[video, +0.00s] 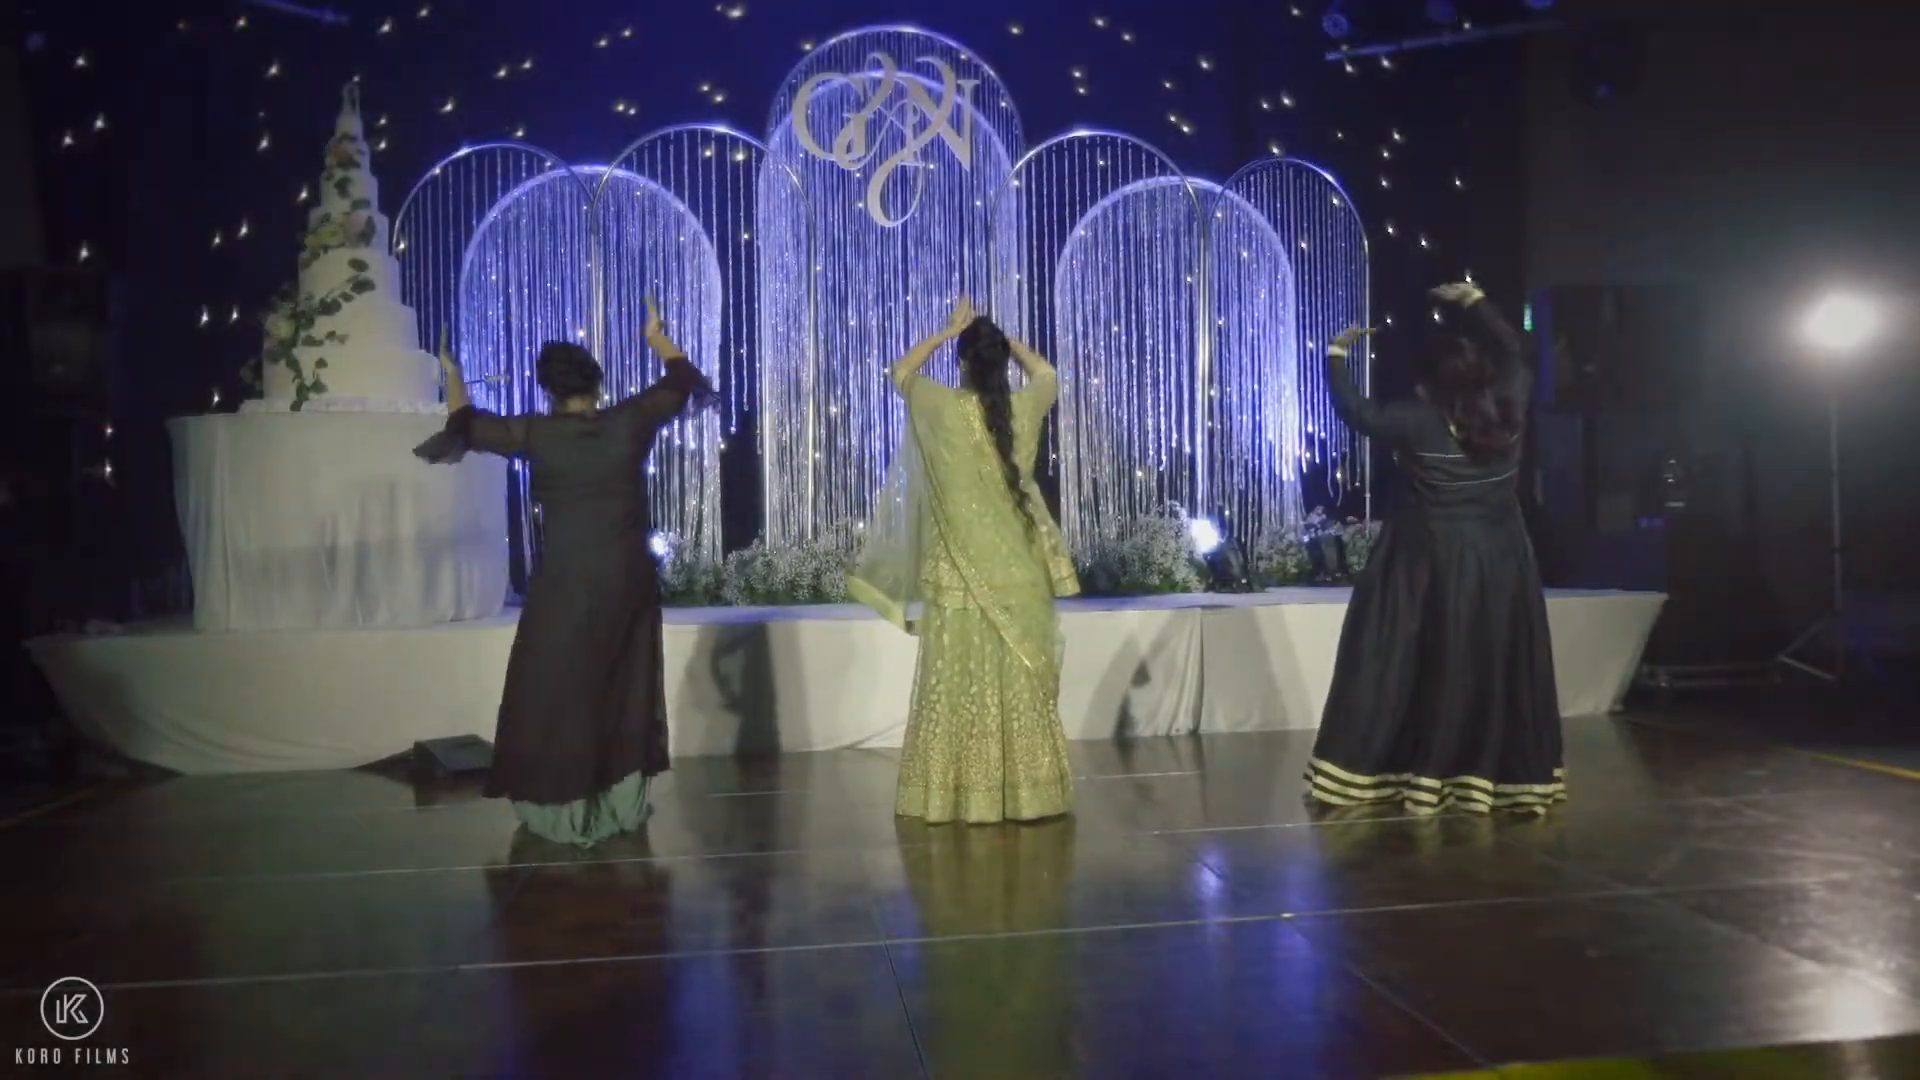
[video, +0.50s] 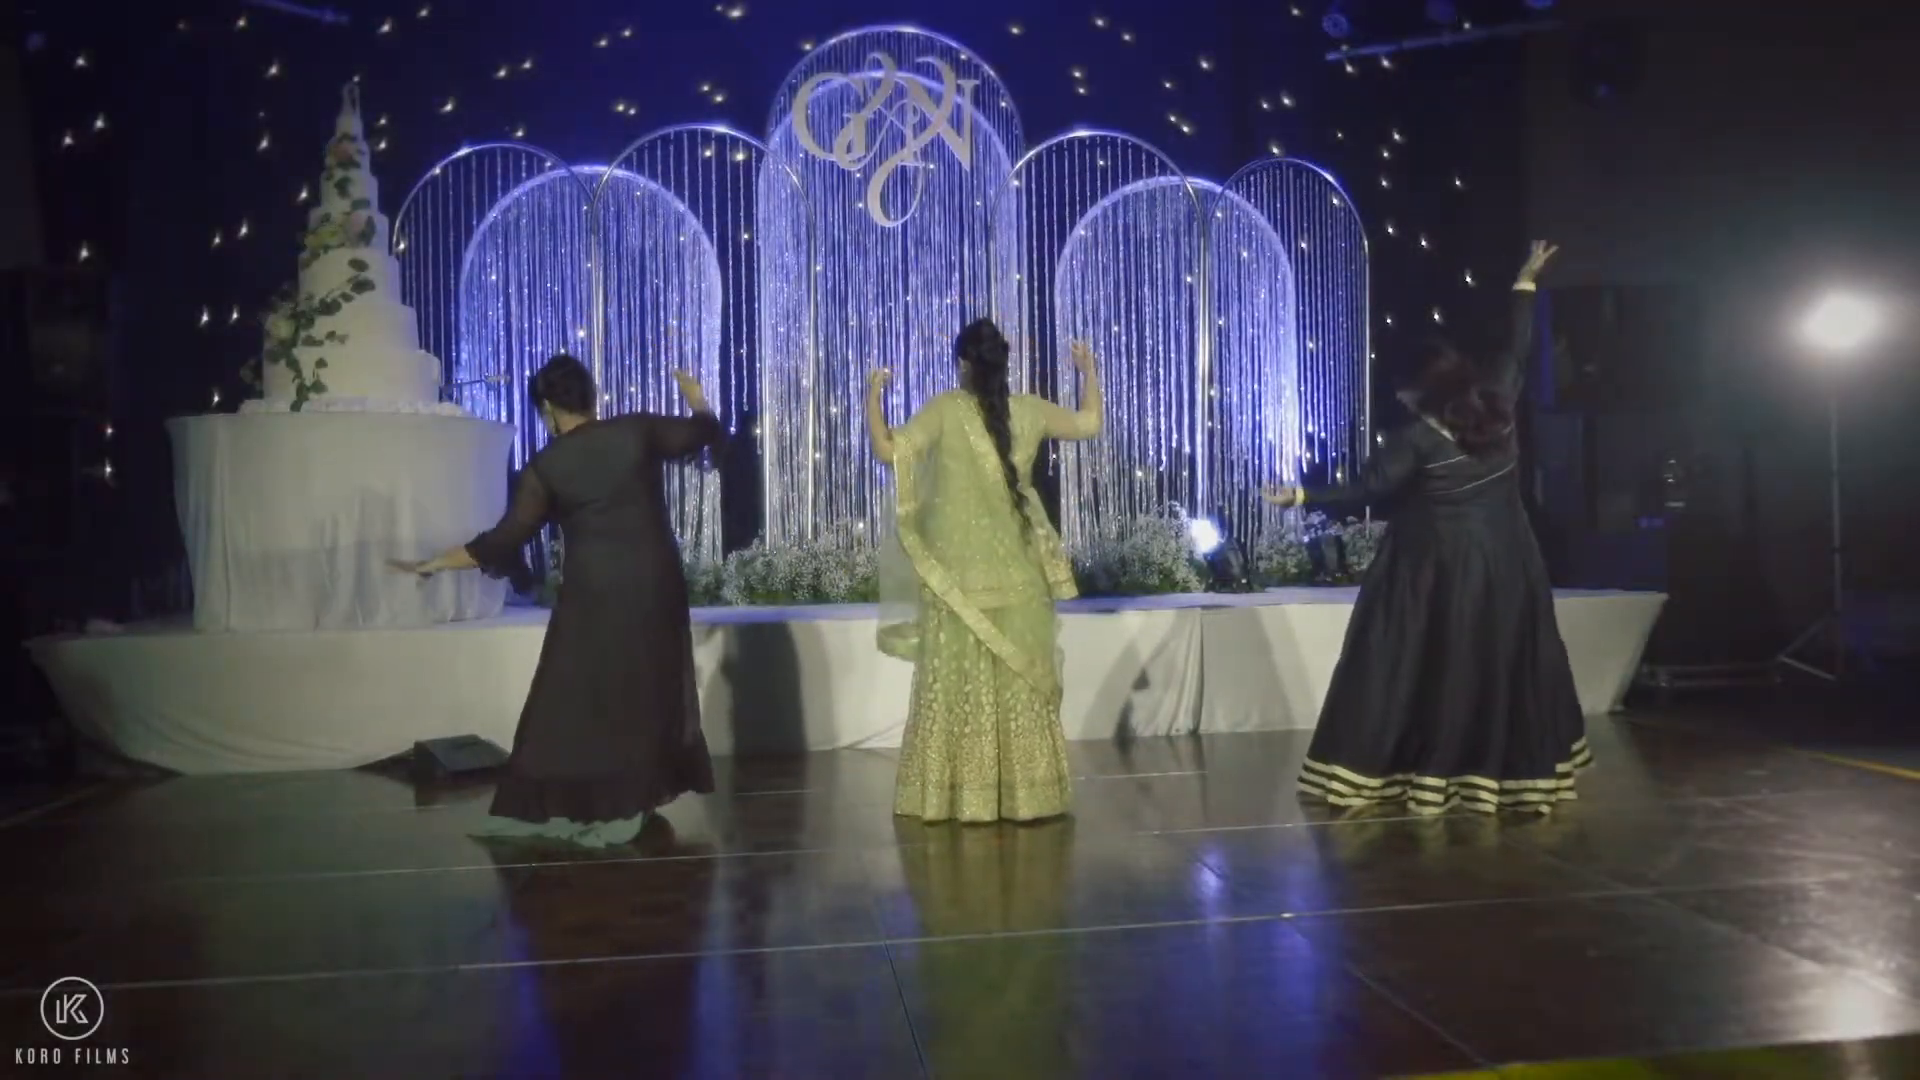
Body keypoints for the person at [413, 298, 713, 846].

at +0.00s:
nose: (564, 397)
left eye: (553, 390)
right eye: (585, 384)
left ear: (551, 393)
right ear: (596, 386)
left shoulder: (537, 435)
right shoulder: (630, 424)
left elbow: (466, 424)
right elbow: (685, 381)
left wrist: (455, 380)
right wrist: (661, 344)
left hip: (565, 585)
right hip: (627, 582)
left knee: (557, 696)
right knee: (621, 693)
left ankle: (562, 817)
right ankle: (622, 811)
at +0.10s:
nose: (567, 401)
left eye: (558, 392)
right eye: (577, 389)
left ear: (553, 396)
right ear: (599, 385)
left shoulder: (543, 445)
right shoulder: (637, 424)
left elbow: (468, 448)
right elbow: (689, 384)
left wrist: (432, 402)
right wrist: (672, 345)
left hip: (576, 589)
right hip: (639, 585)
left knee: (563, 697)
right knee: (630, 696)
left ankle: (569, 817)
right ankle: (624, 813)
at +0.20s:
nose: (552, 408)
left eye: (551, 399)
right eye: (557, 398)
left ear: (554, 401)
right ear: (599, 390)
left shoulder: (549, 453)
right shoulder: (639, 426)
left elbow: (474, 481)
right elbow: (695, 394)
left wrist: (422, 445)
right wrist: (689, 355)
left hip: (585, 592)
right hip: (646, 588)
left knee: (578, 696)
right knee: (636, 692)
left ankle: (582, 812)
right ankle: (634, 806)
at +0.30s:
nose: (548, 410)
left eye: (547, 401)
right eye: (553, 400)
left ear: (551, 403)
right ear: (597, 393)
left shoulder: (550, 459)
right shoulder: (638, 430)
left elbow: (487, 508)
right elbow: (697, 414)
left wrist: (414, 490)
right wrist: (690, 361)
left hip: (588, 593)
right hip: (649, 588)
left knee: (580, 693)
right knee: (637, 691)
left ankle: (579, 809)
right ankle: (631, 806)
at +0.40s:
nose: (545, 419)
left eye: (544, 409)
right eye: (546, 409)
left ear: (552, 408)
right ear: (593, 398)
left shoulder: (548, 466)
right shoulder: (639, 432)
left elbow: (505, 532)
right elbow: (696, 435)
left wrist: (433, 529)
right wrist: (693, 394)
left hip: (591, 593)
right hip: (653, 588)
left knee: (578, 693)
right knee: (640, 691)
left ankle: (578, 810)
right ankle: (635, 807)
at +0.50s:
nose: (543, 418)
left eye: (541, 409)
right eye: (545, 408)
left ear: (549, 409)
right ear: (591, 398)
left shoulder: (546, 467)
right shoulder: (638, 431)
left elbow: (507, 538)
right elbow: (704, 431)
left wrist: (439, 563)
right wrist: (698, 401)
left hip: (592, 594)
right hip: (654, 587)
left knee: (580, 693)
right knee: (639, 691)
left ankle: (578, 809)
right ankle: (633, 806)